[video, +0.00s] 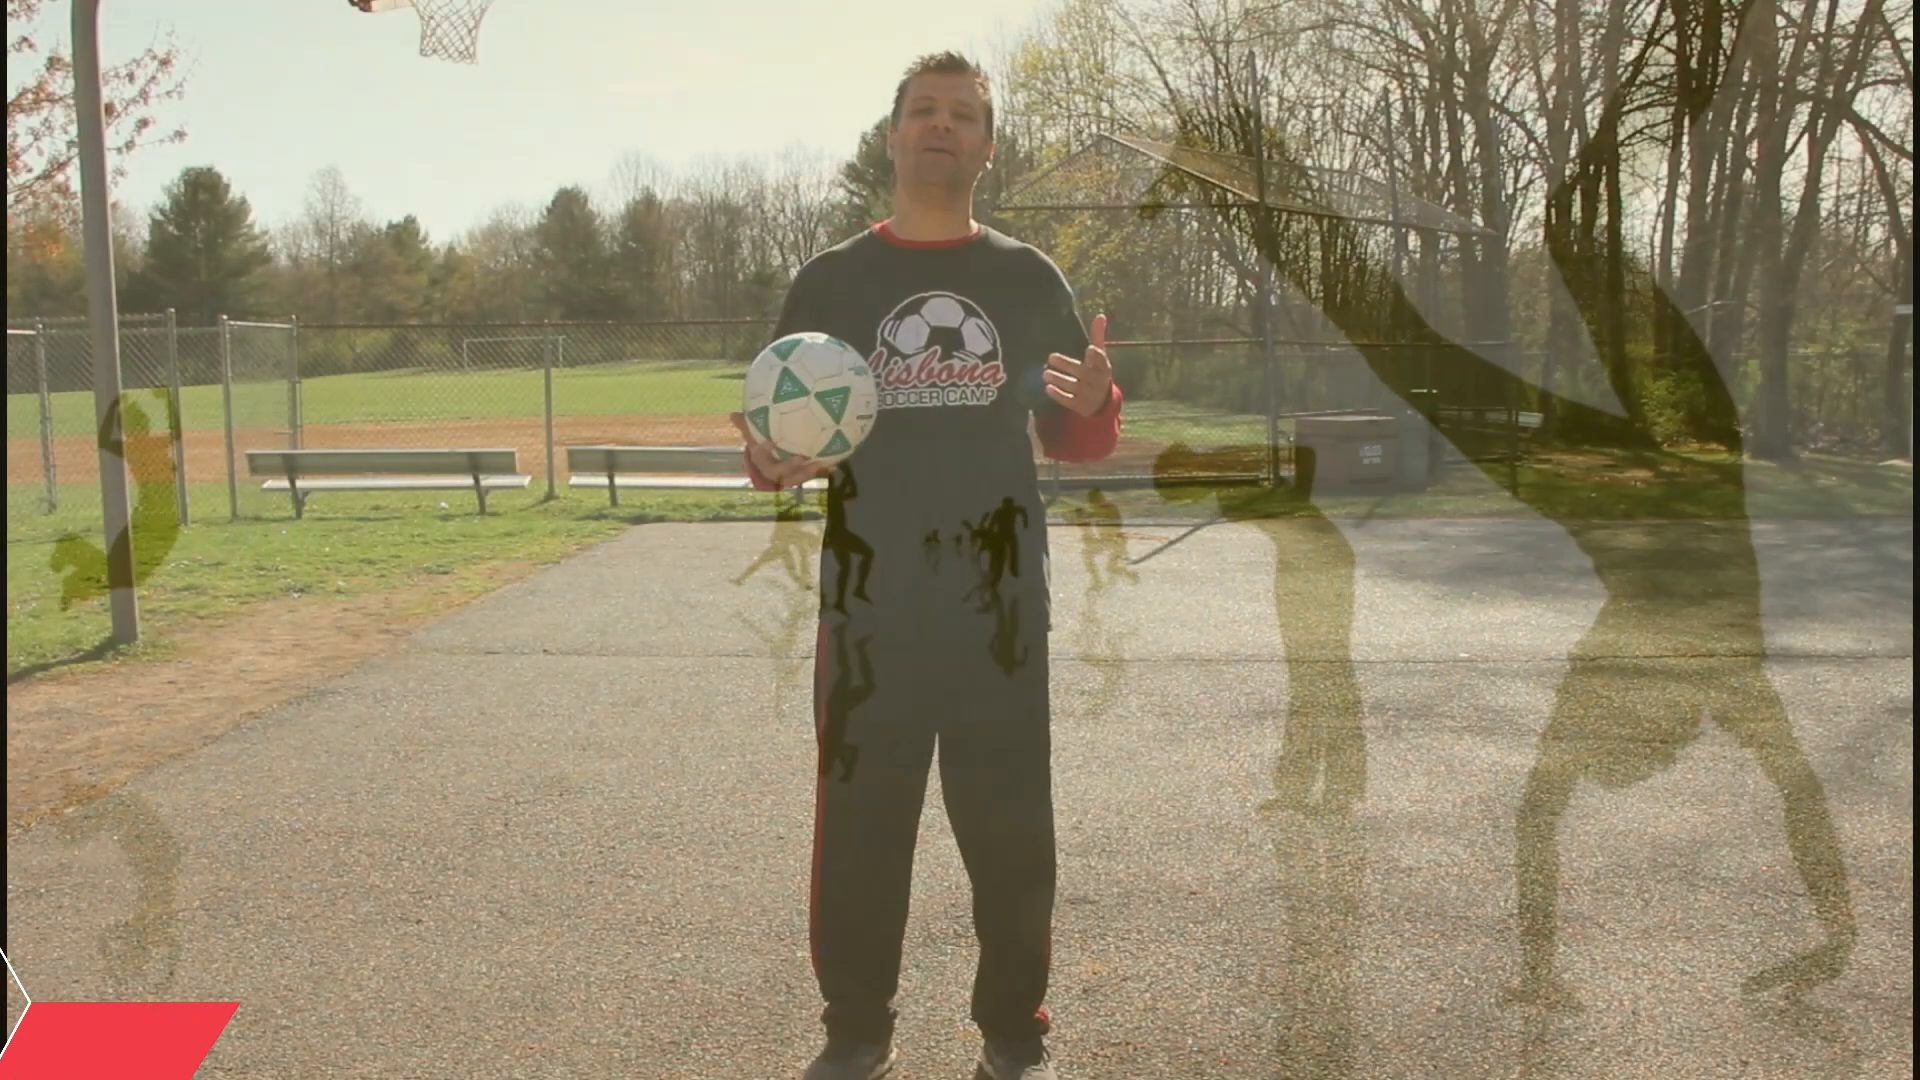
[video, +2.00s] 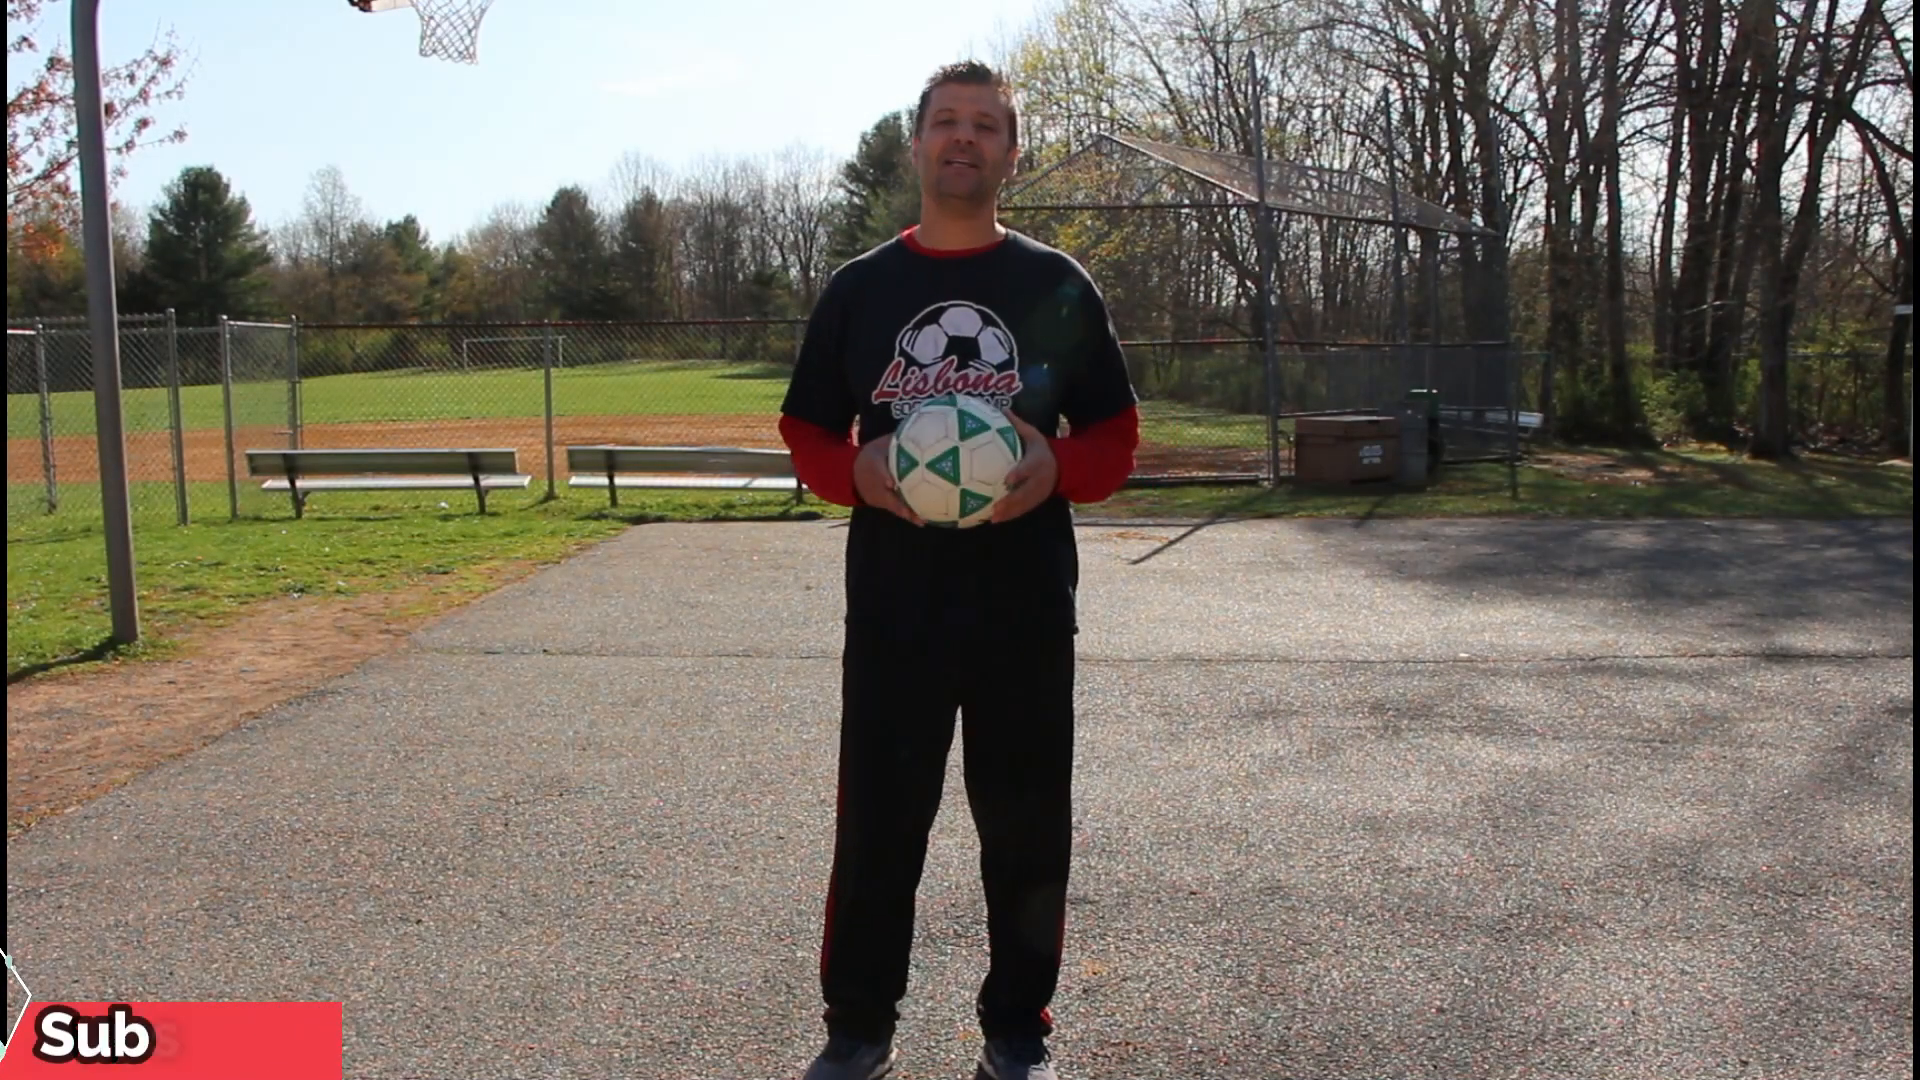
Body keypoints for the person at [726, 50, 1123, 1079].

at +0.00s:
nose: (941, 128)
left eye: (964, 115)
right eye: (923, 111)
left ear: (989, 147)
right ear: (891, 137)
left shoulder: (1029, 277)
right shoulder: (828, 282)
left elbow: (1072, 444)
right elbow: (787, 432)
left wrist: (1094, 410)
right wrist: (772, 461)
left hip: (999, 577)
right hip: (871, 576)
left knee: (1009, 812)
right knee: (860, 809)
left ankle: (1014, 1033)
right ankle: (853, 1030)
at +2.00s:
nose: (965, 140)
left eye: (987, 127)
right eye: (946, 124)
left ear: (1013, 153)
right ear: (915, 145)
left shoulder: (1059, 285)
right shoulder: (856, 289)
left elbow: (1118, 430)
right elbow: (806, 425)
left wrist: (1060, 466)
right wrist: (853, 471)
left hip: (1024, 596)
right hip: (895, 594)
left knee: (1028, 819)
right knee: (878, 815)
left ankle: (1019, 1032)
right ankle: (857, 1027)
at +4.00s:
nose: (901, 137)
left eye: (926, 126)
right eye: (887, 119)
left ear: (957, 155)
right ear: (861, 139)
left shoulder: (998, 279)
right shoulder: (796, 285)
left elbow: (1060, 430)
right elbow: (736, 419)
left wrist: (1019, 422)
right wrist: (768, 450)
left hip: (965, 594)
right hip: (837, 597)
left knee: (988, 817)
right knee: (842, 820)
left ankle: (1014, 1032)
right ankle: (854, 1027)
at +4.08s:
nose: (907, 136)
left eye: (932, 126)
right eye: (893, 119)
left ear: (962, 157)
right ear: (866, 139)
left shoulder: (1003, 280)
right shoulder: (801, 284)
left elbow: (1063, 429)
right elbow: (742, 416)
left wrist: (1030, 425)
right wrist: (768, 454)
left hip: (970, 593)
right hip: (841, 596)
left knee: (991, 815)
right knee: (844, 817)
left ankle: (1015, 1031)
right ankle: (854, 1027)